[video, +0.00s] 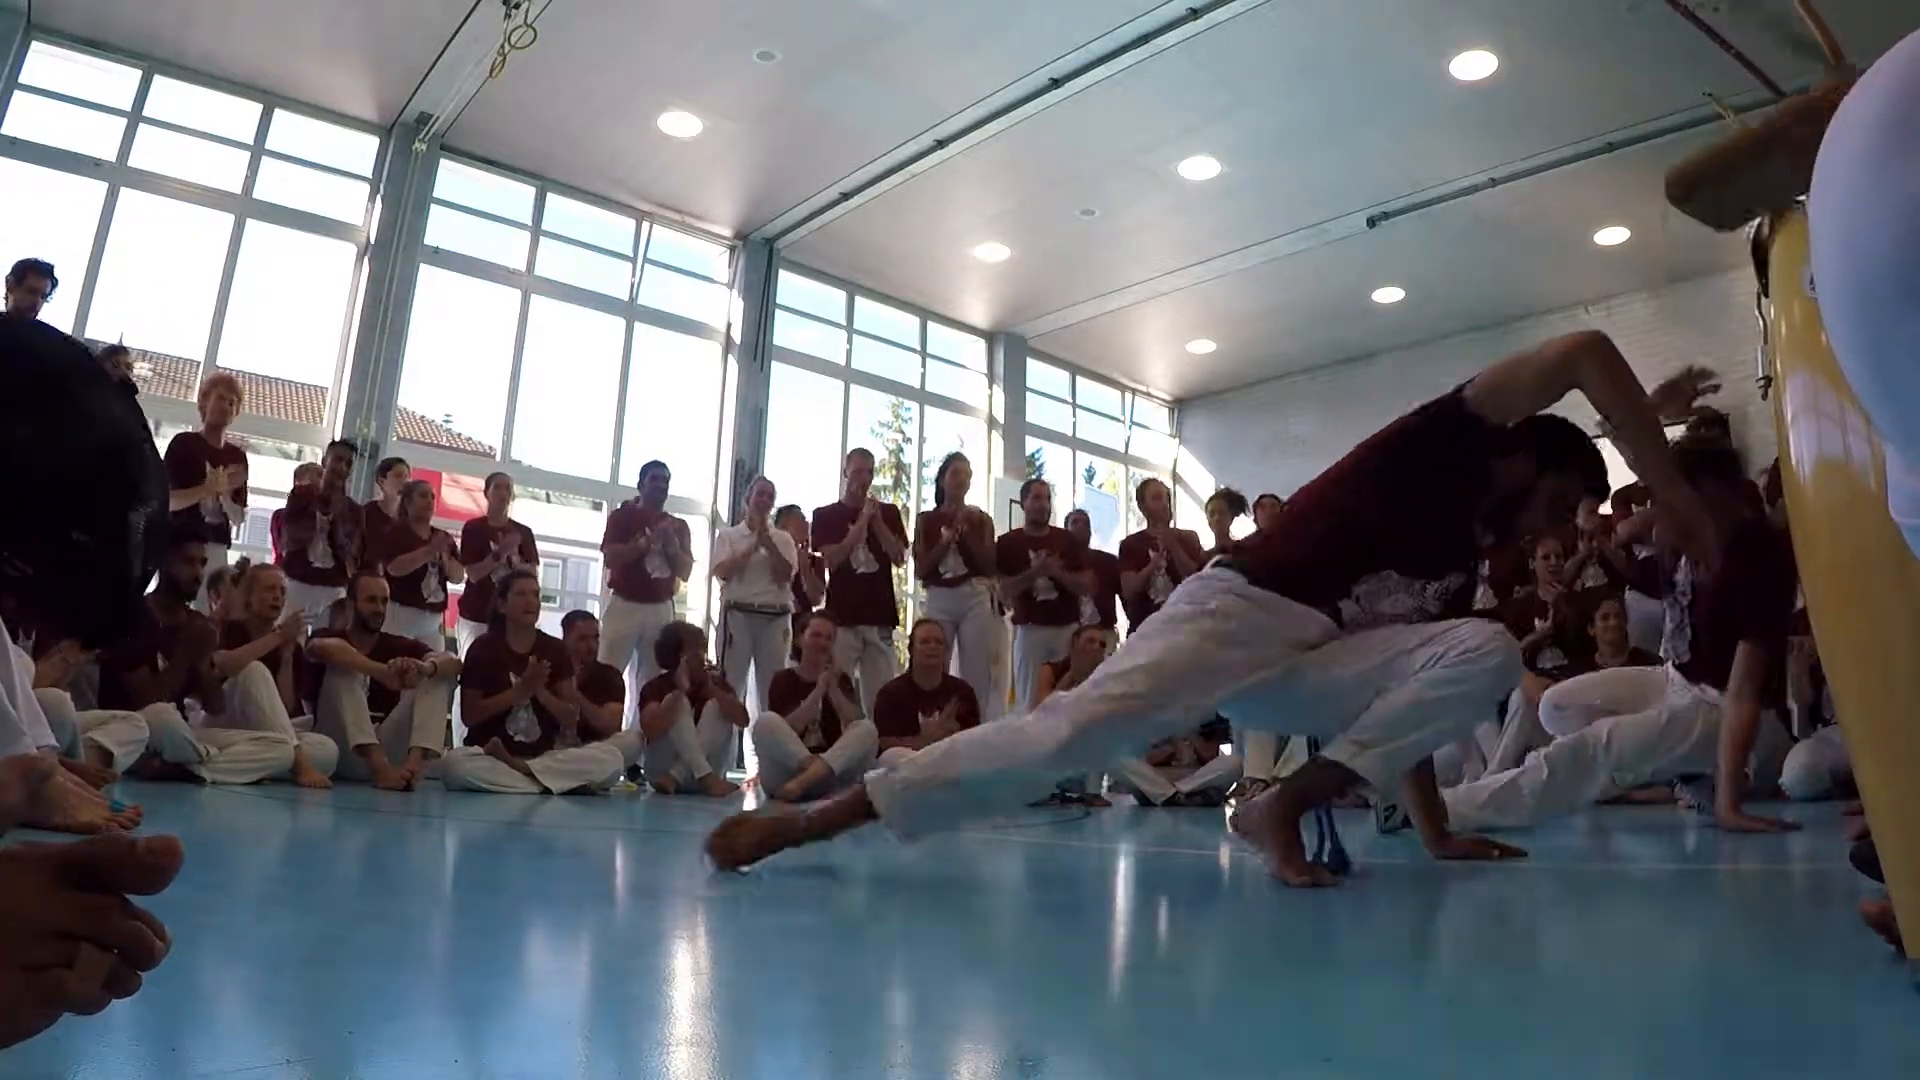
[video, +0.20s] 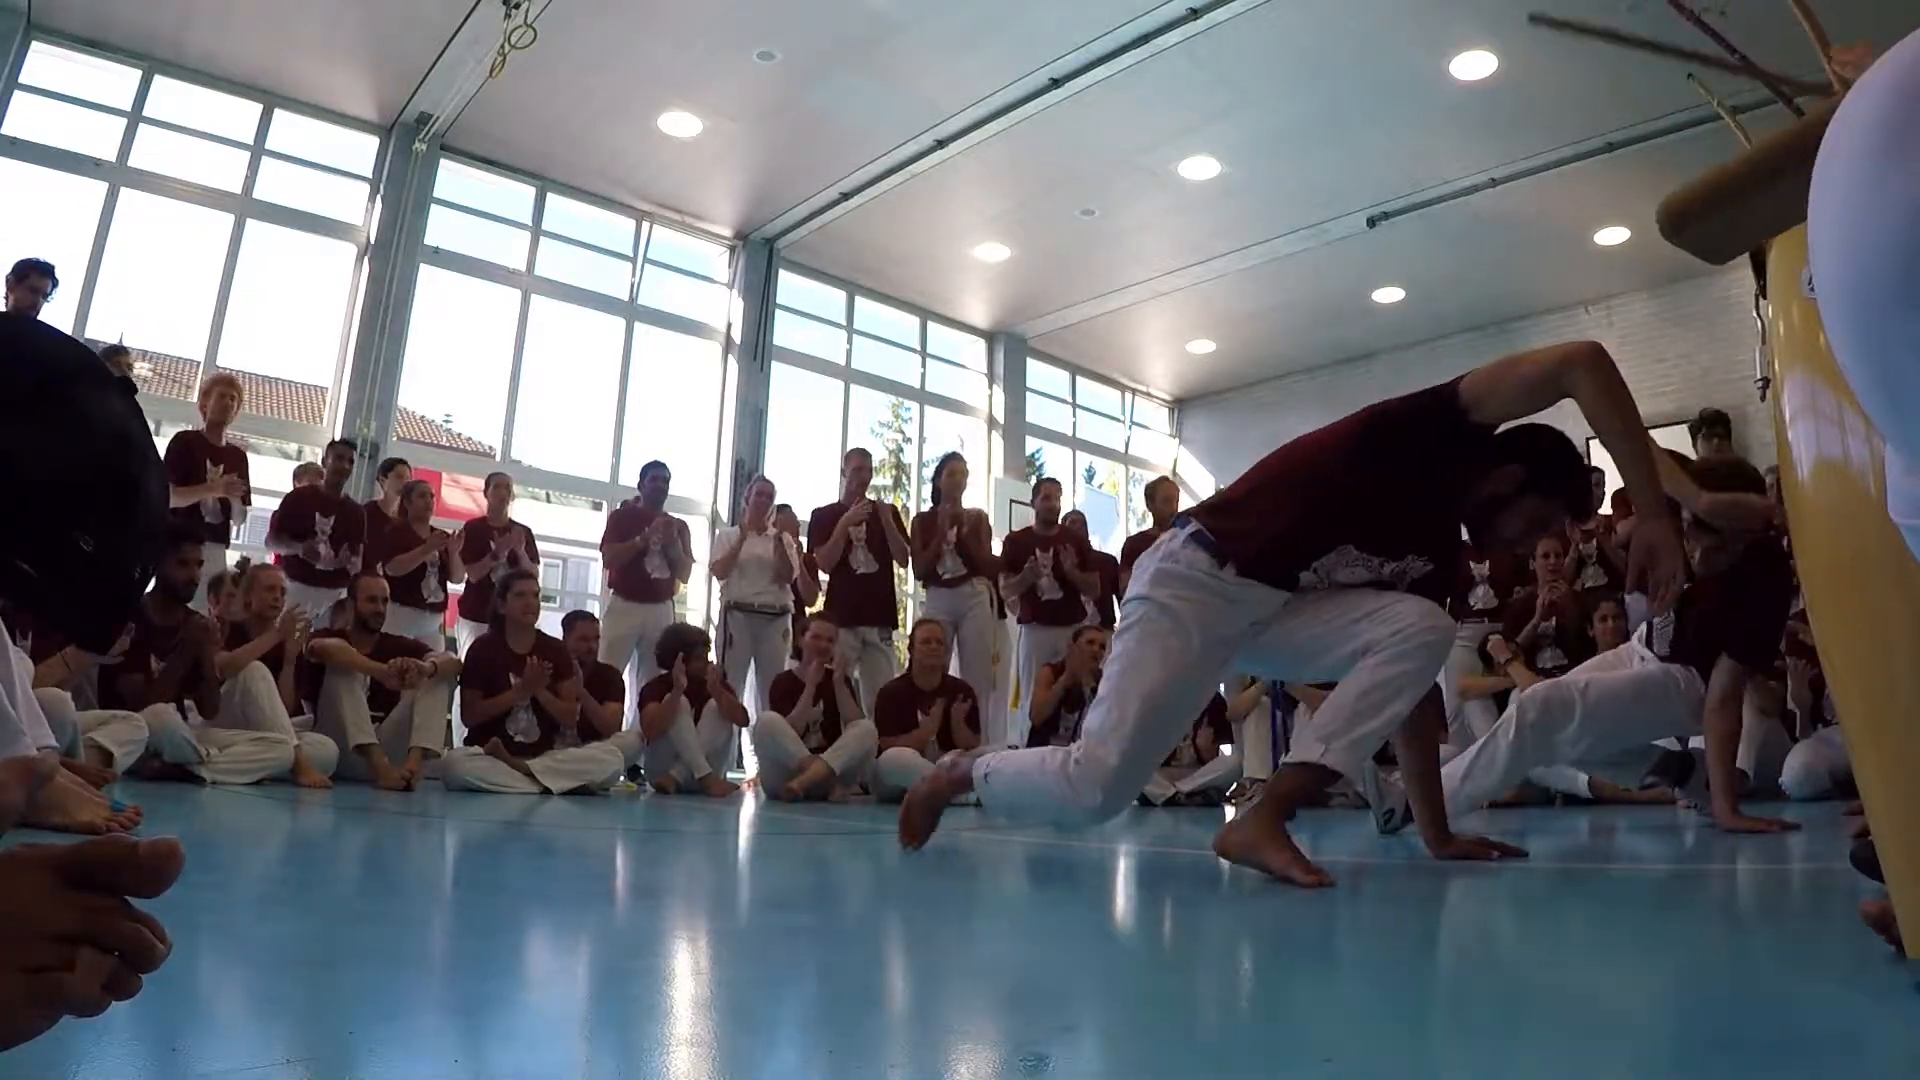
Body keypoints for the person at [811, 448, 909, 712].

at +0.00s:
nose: (862, 479)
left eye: (867, 473)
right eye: (856, 473)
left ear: (873, 476)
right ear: (844, 474)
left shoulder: (888, 512)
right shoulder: (825, 515)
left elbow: (899, 557)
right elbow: (830, 561)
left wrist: (876, 522)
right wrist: (861, 522)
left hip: (879, 619)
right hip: (841, 620)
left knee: (883, 702)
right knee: (836, 698)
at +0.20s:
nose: (860, 476)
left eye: (865, 470)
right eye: (854, 470)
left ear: (872, 474)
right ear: (843, 473)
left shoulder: (888, 512)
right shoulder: (824, 515)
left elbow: (903, 560)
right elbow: (825, 564)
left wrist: (886, 520)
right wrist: (845, 523)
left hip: (879, 621)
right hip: (840, 621)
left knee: (882, 706)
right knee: (836, 702)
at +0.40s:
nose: (860, 475)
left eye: (865, 470)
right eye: (854, 469)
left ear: (869, 474)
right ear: (842, 473)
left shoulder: (886, 512)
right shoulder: (824, 516)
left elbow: (896, 558)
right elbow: (832, 563)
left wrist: (871, 524)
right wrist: (859, 525)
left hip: (879, 618)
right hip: (840, 619)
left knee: (880, 702)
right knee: (836, 699)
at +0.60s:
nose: (859, 478)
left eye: (864, 473)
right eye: (853, 473)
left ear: (869, 476)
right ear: (841, 475)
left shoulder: (887, 513)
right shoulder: (823, 517)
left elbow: (902, 560)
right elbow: (825, 565)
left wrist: (880, 521)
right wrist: (845, 530)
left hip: (877, 620)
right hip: (839, 621)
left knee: (879, 701)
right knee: (836, 699)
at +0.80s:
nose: (860, 475)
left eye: (864, 470)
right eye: (854, 469)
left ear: (869, 475)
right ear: (842, 473)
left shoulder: (887, 512)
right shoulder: (824, 517)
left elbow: (899, 558)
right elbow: (830, 564)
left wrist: (875, 522)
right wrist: (851, 523)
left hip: (877, 619)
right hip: (839, 619)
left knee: (878, 701)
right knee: (835, 698)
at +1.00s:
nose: (862, 477)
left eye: (867, 471)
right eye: (857, 471)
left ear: (872, 475)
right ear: (844, 473)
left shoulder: (889, 513)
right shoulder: (825, 516)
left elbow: (900, 560)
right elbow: (823, 564)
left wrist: (875, 521)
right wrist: (843, 521)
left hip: (878, 620)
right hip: (839, 620)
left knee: (878, 702)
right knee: (837, 700)